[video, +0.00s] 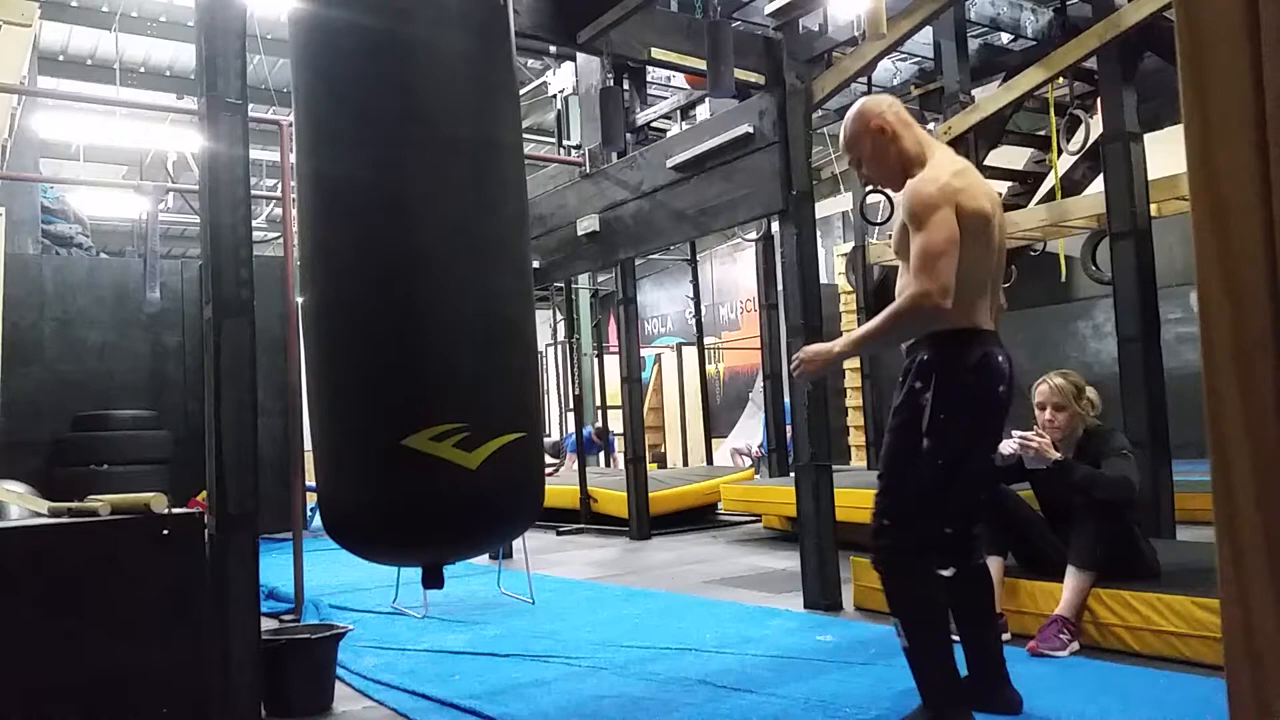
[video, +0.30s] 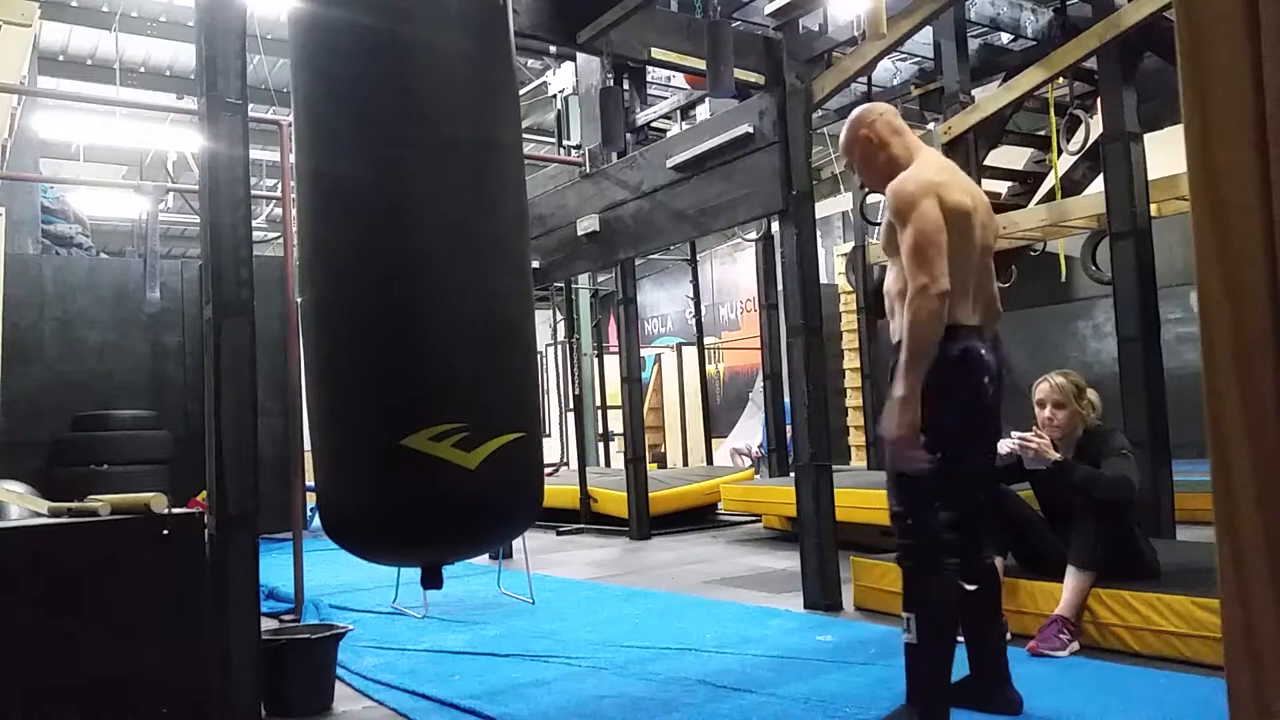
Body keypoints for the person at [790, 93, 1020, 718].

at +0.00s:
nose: (869, 183)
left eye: (862, 167)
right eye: (860, 173)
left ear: (885, 132)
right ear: (896, 129)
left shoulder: (929, 187)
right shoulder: (976, 183)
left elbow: (930, 298)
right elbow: (995, 287)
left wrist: (838, 349)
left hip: (944, 374)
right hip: (983, 370)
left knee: (894, 546)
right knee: (954, 536)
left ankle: (942, 701)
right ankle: (991, 685)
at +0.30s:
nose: (860, 180)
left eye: (855, 165)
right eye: (854, 169)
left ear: (875, 141)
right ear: (898, 133)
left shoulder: (911, 186)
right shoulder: (964, 184)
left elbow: (930, 290)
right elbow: (989, 294)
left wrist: (905, 392)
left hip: (939, 364)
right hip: (977, 362)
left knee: (919, 531)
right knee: (963, 526)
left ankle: (924, 699)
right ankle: (990, 678)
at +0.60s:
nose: (853, 166)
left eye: (851, 154)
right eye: (851, 155)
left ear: (864, 142)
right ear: (902, 135)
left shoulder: (891, 187)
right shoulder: (959, 190)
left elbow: (920, 285)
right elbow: (984, 301)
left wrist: (901, 390)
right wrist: (966, 368)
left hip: (922, 363)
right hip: (970, 361)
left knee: (916, 532)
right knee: (975, 523)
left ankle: (922, 700)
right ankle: (993, 678)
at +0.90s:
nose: (838, 166)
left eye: (836, 156)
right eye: (835, 157)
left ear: (848, 141)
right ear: (887, 131)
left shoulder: (871, 181)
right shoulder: (946, 192)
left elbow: (876, 286)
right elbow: (973, 302)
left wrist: (812, 375)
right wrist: (956, 378)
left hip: (896, 360)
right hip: (941, 357)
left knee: (905, 534)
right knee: (923, 525)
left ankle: (923, 702)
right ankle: (978, 658)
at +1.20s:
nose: (820, 157)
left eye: (820, 145)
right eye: (817, 148)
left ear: (839, 133)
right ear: (872, 127)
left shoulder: (861, 182)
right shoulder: (931, 187)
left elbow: (866, 288)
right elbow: (968, 298)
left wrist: (811, 392)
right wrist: (948, 382)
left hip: (886, 364)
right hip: (929, 358)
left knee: (901, 535)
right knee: (913, 528)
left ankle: (924, 703)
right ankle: (966, 676)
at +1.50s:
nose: (818, 165)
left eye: (819, 147)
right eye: (812, 154)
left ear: (857, 125)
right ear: (866, 128)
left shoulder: (883, 190)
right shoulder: (931, 189)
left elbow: (906, 292)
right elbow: (961, 302)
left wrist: (881, 396)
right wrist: (941, 374)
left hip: (906, 368)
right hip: (943, 365)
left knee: (890, 538)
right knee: (948, 529)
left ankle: (917, 700)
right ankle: (977, 679)